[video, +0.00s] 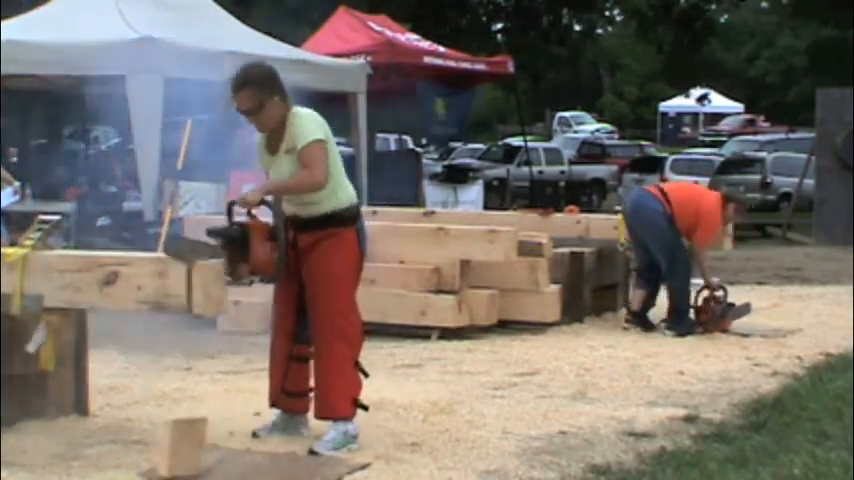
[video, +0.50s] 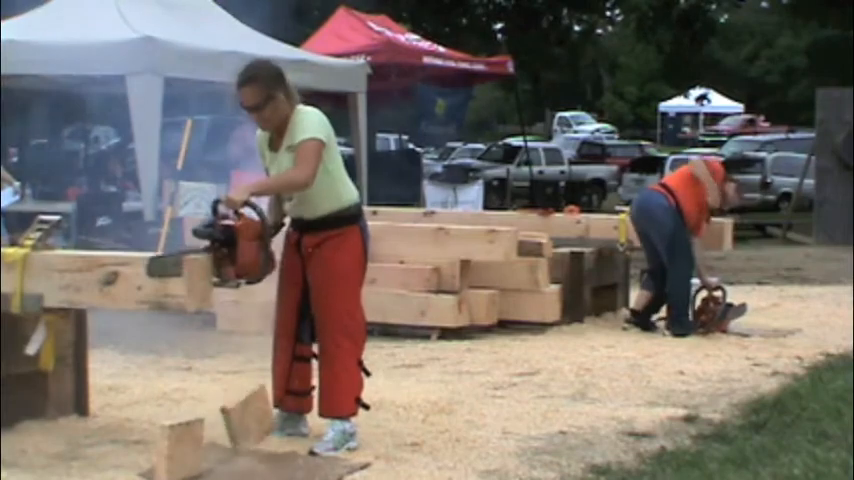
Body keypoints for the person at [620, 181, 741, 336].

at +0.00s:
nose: (733, 219)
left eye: (737, 215)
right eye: (735, 214)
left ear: (726, 203)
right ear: (730, 207)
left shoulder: (707, 197)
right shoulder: (714, 214)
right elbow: (697, 250)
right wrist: (708, 280)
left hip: (636, 200)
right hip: (654, 210)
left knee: (649, 266)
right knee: (678, 267)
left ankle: (636, 313)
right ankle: (678, 321)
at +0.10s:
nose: (731, 212)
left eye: (733, 208)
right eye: (732, 207)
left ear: (717, 192)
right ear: (726, 199)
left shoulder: (700, 192)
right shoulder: (714, 209)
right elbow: (700, 248)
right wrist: (706, 280)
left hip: (637, 210)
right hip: (658, 219)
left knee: (658, 269)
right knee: (690, 269)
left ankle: (637, 313)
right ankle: (680, 321)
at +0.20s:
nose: (729, 191)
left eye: (731, 188)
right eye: (730, 186)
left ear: (716, 171)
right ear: (727, 178)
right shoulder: (716, 182)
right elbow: (708, 219)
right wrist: (708, 253)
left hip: (641, 210)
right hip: (660, 214)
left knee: (665, 271)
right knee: (693, 271)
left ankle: (639, 313)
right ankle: (683, 323)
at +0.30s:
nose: (730, 190)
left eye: (732, 186)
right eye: (731, 183)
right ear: (726, 171)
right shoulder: (714, 163)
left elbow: (699, 247)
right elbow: (702, 177)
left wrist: (711, 276)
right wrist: (706, 216)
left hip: (645, 200)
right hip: (664, 204)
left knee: (662, 265)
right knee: (683, 263)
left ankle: (640, 313)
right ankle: (684, 321)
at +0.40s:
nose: (732, 196)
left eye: (734, 196)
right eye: (733, 190)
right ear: (730, 178)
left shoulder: (705, 206)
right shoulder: (715, 166)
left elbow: (695, 243)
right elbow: (694, 152)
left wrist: (704, 279)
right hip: (662, 201)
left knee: (661, 264)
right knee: (682, 263)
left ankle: (641, 312)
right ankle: (681, 319)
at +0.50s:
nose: (731, 202)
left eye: (735, 202)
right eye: (734, 195)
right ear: (731, 183)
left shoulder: (702, 211)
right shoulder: (717, 171)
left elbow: (693, 243)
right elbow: (695, 162)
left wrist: (704, 279)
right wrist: (712, 188)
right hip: (659, 204)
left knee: (659, 268)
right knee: (681, 265)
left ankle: (639, 313)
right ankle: (679, 323)